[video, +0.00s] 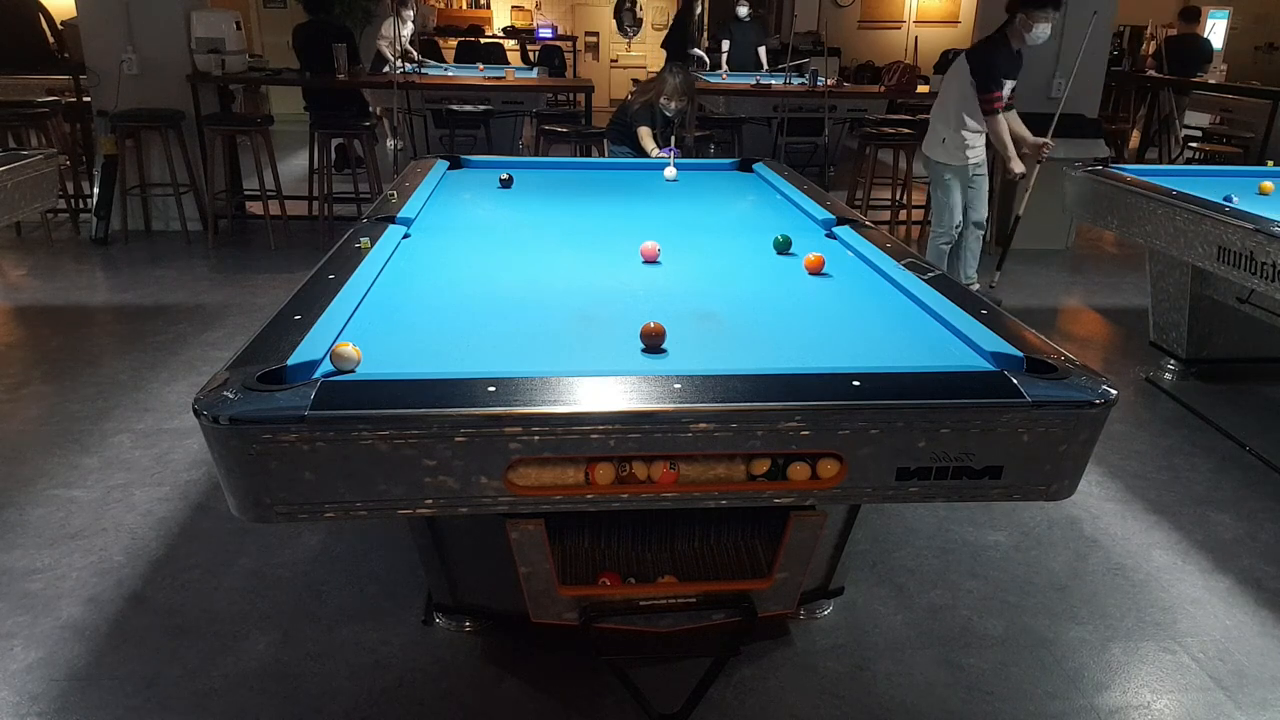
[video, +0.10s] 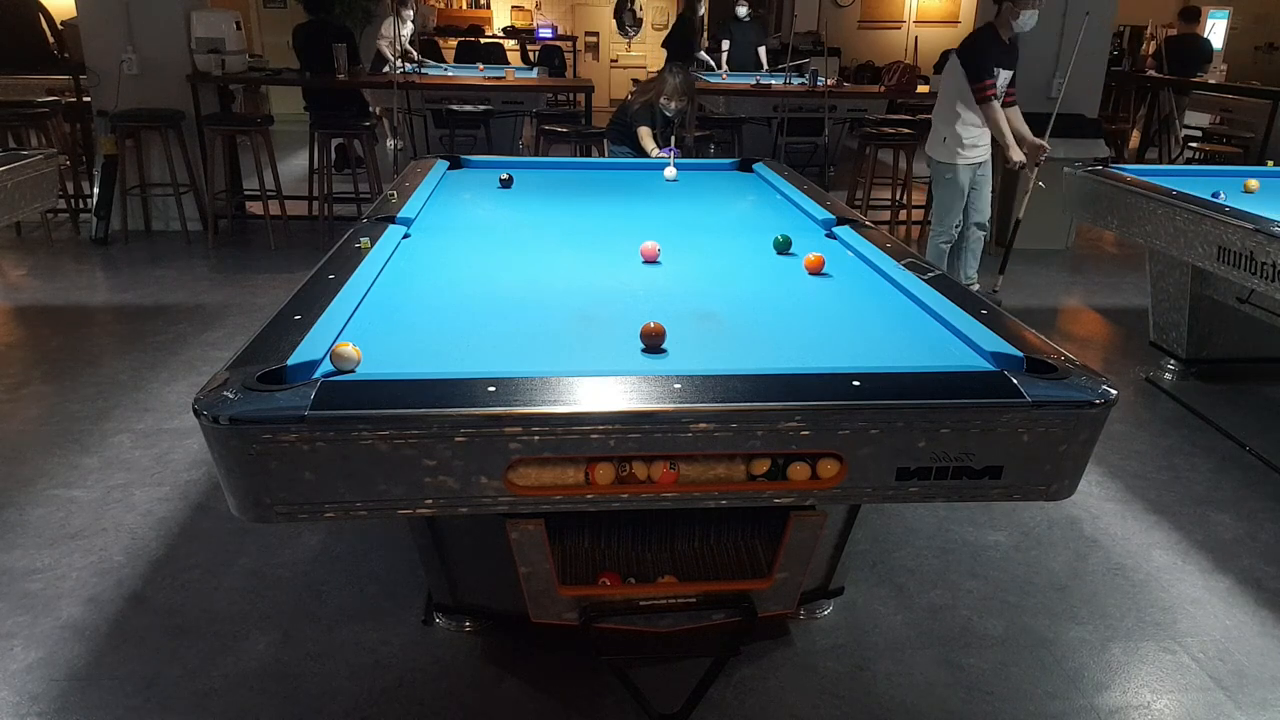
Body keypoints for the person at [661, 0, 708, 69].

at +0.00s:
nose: (700, 8)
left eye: (700, 5)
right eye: (699, 5)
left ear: (687, 5)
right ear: (694, 6)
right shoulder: (688, 19)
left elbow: (664, 45)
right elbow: (689, 48)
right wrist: (703, 55)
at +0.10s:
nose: (704, 7)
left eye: (703, 4)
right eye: (702, 4)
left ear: (688, 5)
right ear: (697, 6)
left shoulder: (681, 17)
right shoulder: (692, 20)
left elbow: (665, 44)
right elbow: (696, 50)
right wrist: (710, 61)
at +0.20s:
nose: (708, 10)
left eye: (708, 7)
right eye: (707, 7)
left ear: (694, 7)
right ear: (701, 8)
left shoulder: (684, 20)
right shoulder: (695, 24)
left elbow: (667, 43)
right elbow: (703, 51)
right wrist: (718, 65)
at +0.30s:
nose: (713, 12)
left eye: (712, 9)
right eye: (712, 9)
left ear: (697, 9)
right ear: (706, 10)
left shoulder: (687, 21)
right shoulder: (702, 25)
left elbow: (670, 42)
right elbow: (710, 50)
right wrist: (723, 63)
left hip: (672, 67)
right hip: (687, 70)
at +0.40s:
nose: (717, 16)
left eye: (717, 13)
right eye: (716, 13)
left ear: (701, 13)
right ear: (710, 14)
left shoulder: (687, 27)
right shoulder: (708, 30)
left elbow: (672, 43)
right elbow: (719, 53)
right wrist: (733, 66)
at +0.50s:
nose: (722, 20)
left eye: (722, 17)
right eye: (721, 17)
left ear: (706, 16)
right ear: (715, 18)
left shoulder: (692, 29)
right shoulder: (712, 34)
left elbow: (675, 43)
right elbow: (725, 56)